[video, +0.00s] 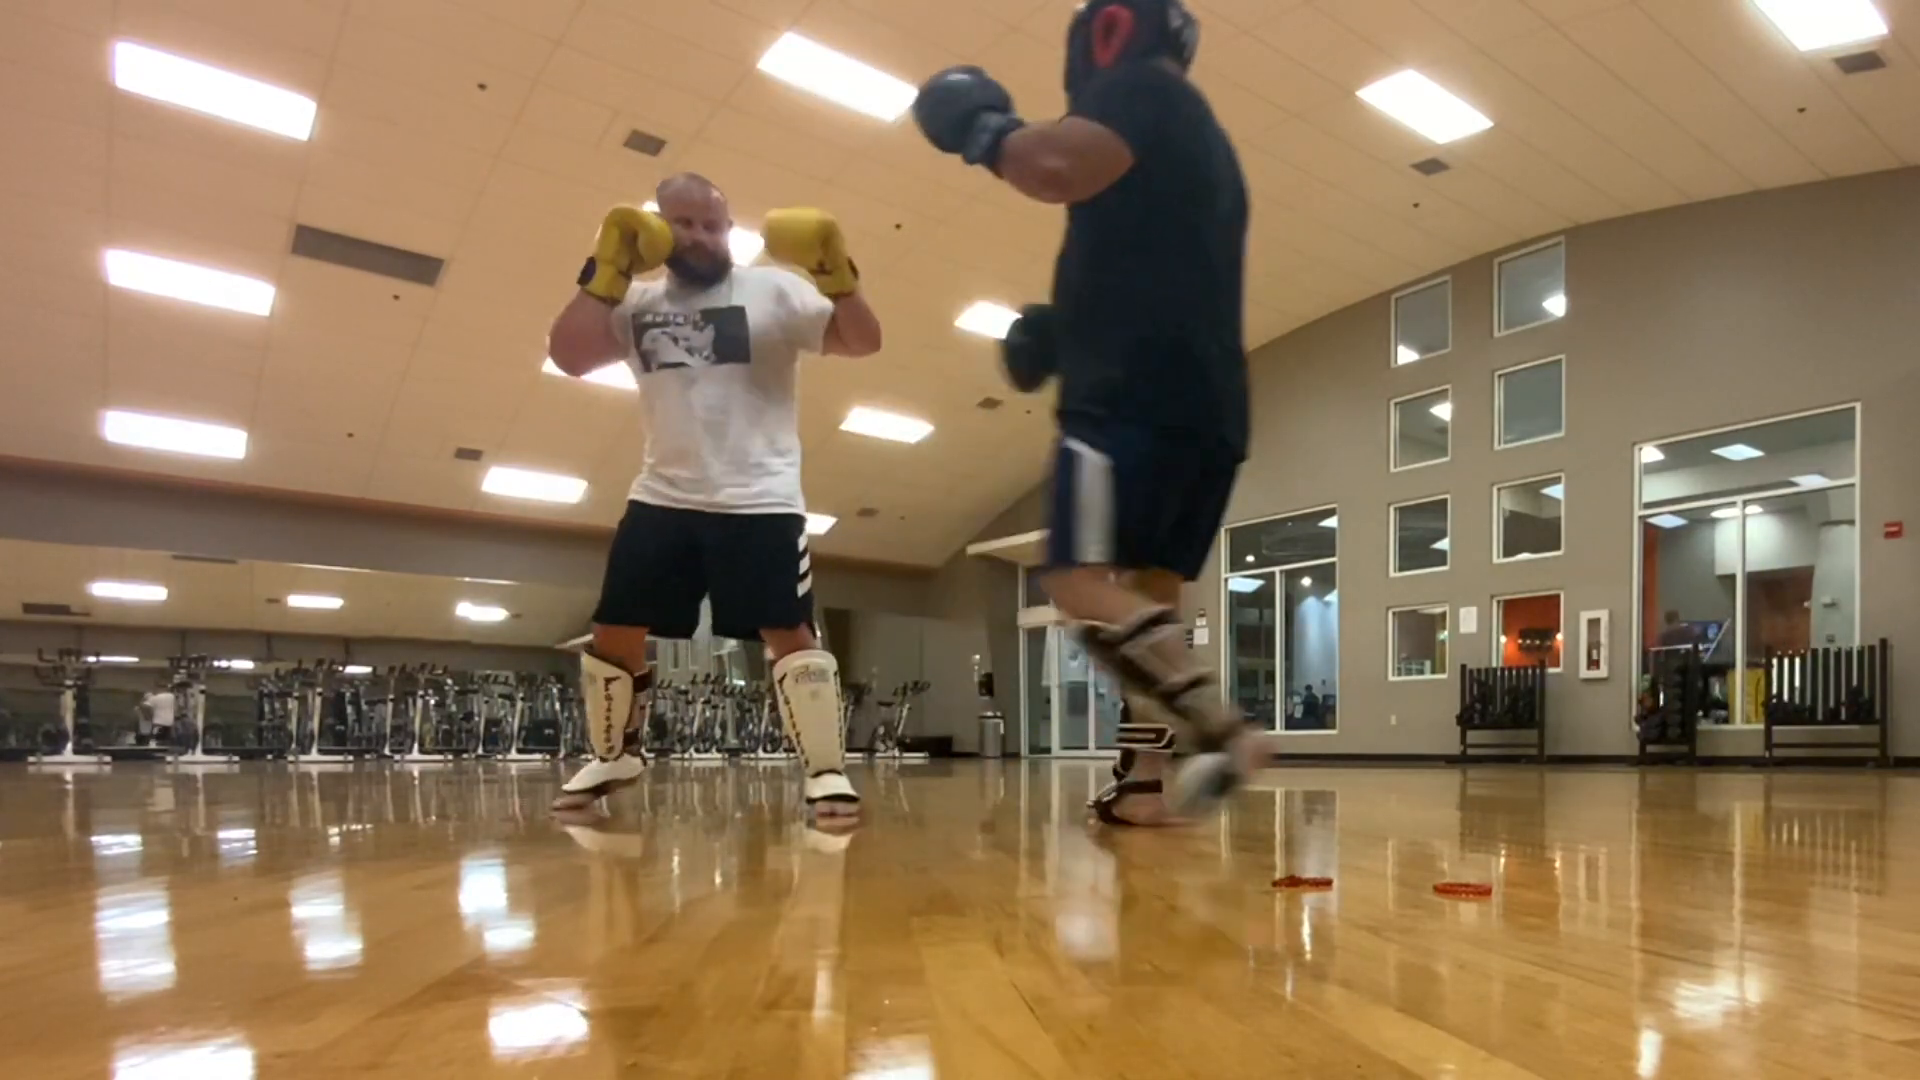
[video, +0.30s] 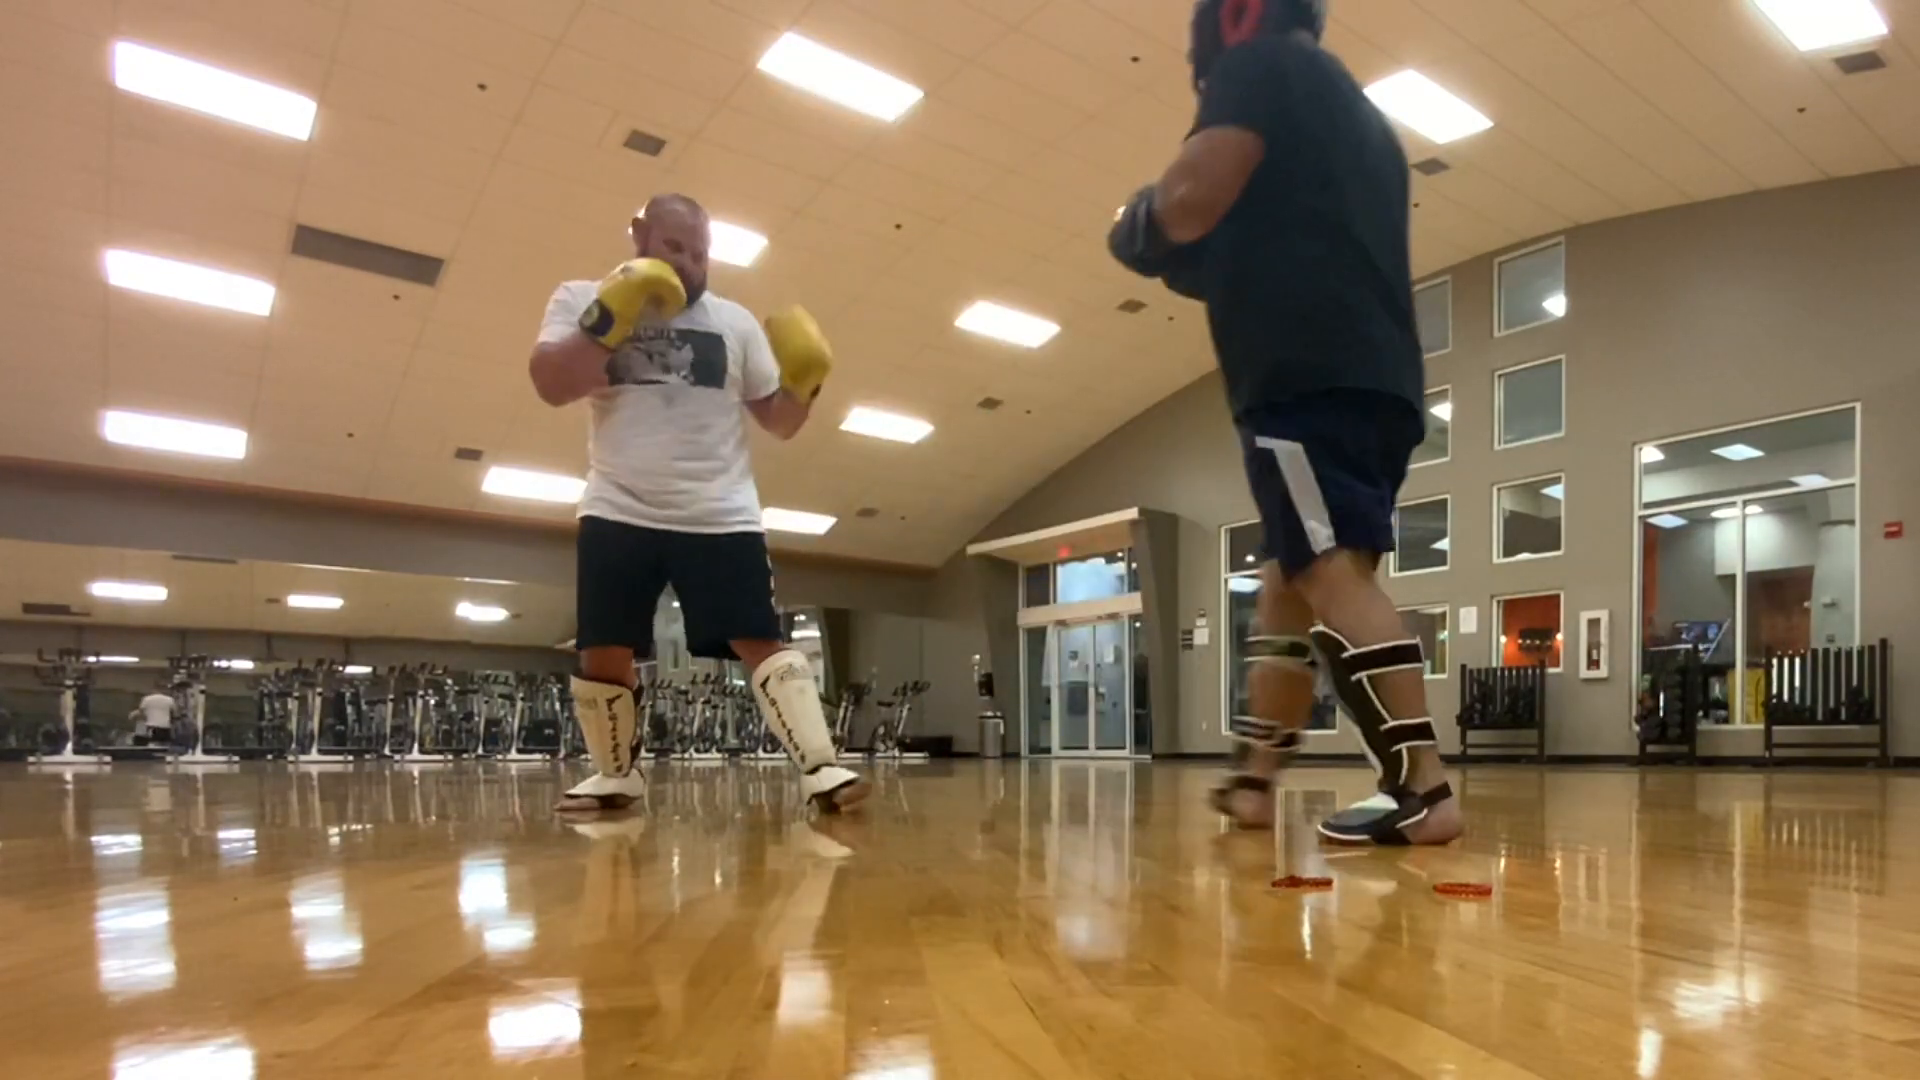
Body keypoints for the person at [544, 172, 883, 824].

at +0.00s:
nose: (700, 235)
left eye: (711, 222)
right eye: (684, 224)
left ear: (730, 226)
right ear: (660, 232)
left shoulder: (773, 290)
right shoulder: (639, 304)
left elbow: (861, 340)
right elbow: (571, 355)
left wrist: (838, 277)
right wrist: (608, 271)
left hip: (761, 496)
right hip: (665, 494)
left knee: (787, 628)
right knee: (617, 626)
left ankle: (826, 774)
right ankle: (615, 756)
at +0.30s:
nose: (687, 267)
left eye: (699, 254)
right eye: (673, 249)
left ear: (712, 251)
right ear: (639, 237)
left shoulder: (736, 324)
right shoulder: (583, 300)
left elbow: (779, 421)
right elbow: (552, 384)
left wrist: (802, 382)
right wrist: (612, 318)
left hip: (721, 511)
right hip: (620, 506)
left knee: (758, 635)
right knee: (604, 647)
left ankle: (821, 766)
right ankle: (615, 776)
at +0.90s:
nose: (787, 231)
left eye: (798, 223)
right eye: (777, 211)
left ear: (800, 233)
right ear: (733, 198)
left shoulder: (802, 299)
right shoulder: (662, 246)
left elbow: (825, 398)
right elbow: (618, 326)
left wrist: (865, 372)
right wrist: (704, 292)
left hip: (770, 490)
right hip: (667, 472)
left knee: (790, 631)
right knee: (609, 621)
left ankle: (810, 771)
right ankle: (585, 738)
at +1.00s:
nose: (783, 212)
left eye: (794, 203)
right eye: (771, 196)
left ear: (799, 211)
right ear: (728, 188)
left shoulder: (805, 283)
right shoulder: (662, 234)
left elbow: (855, 378)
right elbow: (620, 308)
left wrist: (890, 327)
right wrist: (700, 247)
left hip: (768, 475)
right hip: (667, 457)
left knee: (785, 626)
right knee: (618, 605)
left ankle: (810, 773)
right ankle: (577, 760)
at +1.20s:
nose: (758, 184)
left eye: (765, 181)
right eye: (745, 168)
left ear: (768, 196)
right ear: (695, 161)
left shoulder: (775, 270)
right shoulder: (628, 223)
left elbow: (828, 370)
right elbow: (598, 309)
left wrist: (864, 315)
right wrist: (689, 254)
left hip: (760, 464)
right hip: (658, 451)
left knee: (782, 619)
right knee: (637, 608)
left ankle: (811, 773)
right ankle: (593, 776)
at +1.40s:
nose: (743, 169)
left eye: (749, 161)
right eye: (733, 150)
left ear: (745, 173)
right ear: (677, 133)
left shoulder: (738, 258)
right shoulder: (604, 193)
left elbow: (766, 366)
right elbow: (595, 285)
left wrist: (822, 328)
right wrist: (693, 240)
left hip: (756, 454)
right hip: (652, 447)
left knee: (818, 599)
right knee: (633, 605)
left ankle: (821, 751)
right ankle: (594, 774)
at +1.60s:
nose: (767, 165)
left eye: (770, 157)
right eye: (758, 149)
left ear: (716, 141)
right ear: (706, 133)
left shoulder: (757, 261)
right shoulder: (637, 191)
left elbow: (777, 363)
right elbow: (682, 267)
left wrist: (844, 311)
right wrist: (746, 199)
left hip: (769, 462)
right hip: (665, 452)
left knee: (811, 616)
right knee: (630, 615)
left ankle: (870, 763)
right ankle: (592, 777)